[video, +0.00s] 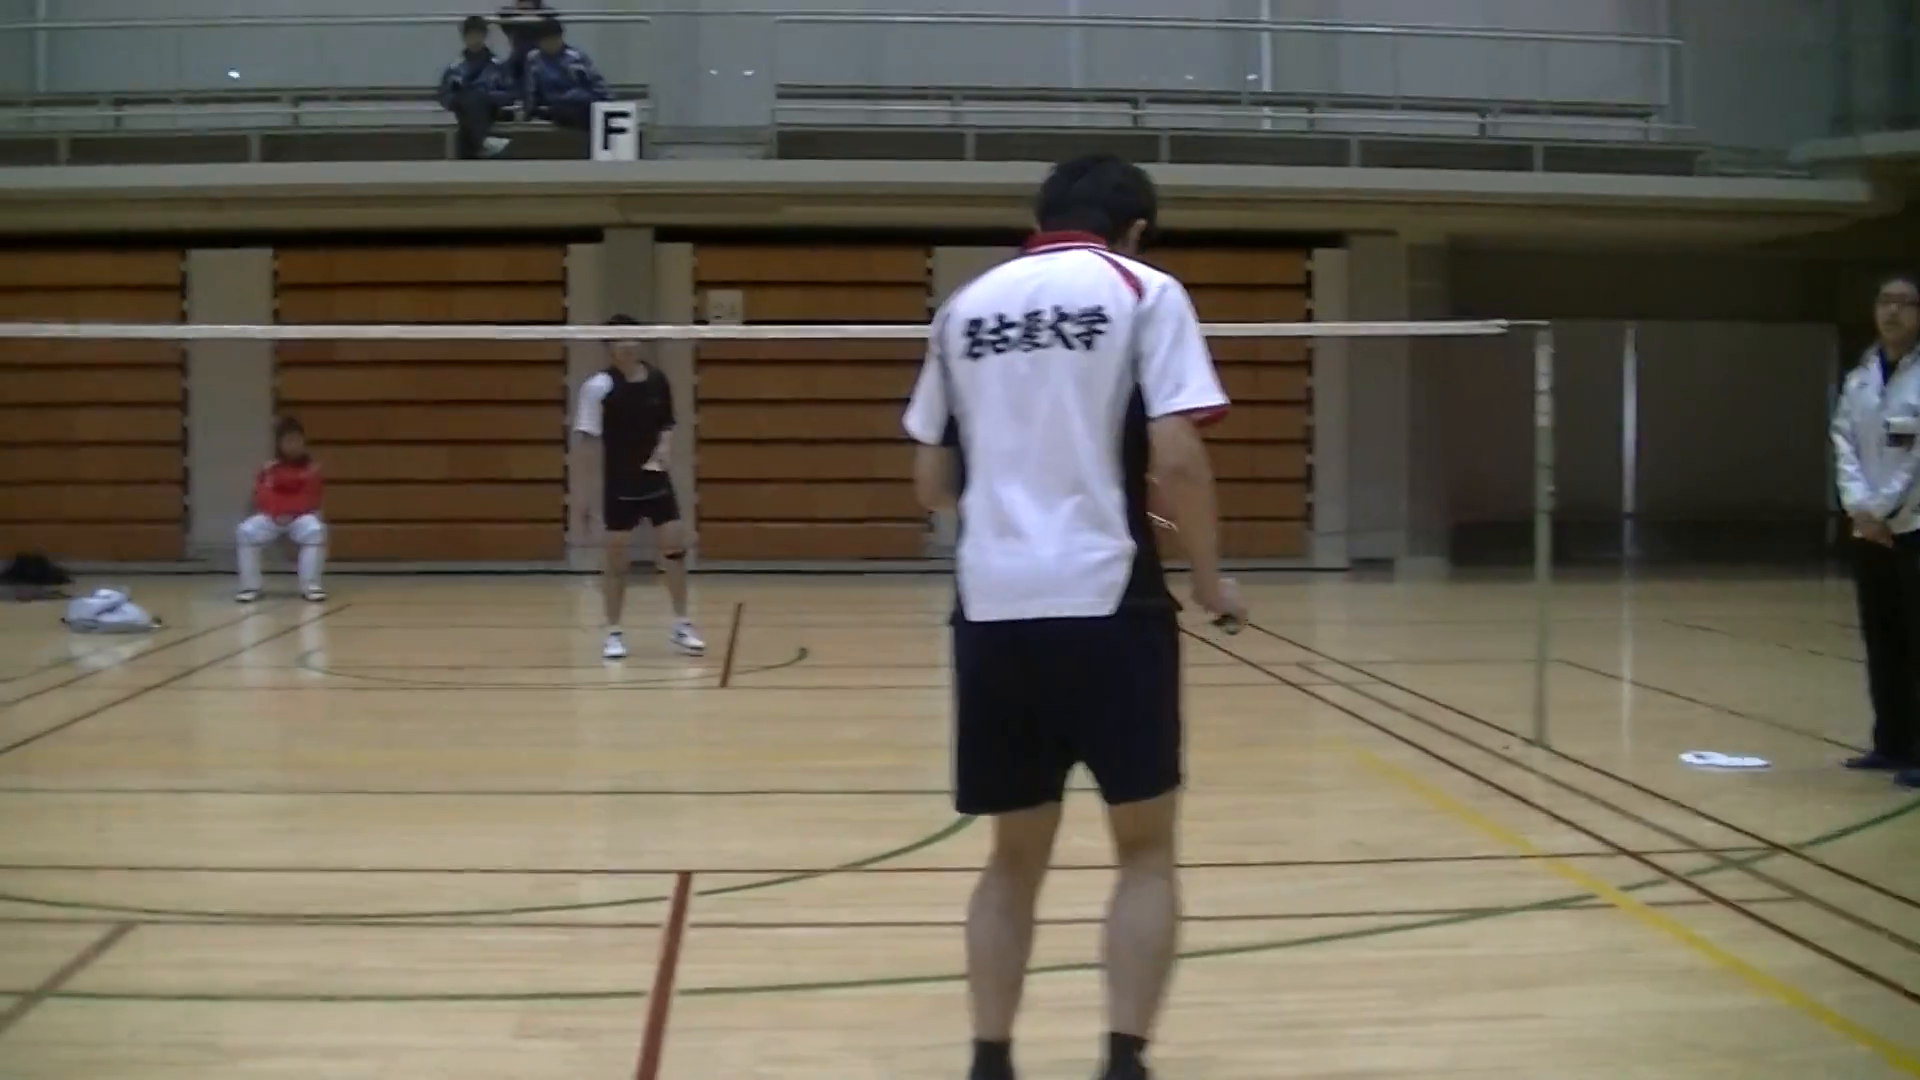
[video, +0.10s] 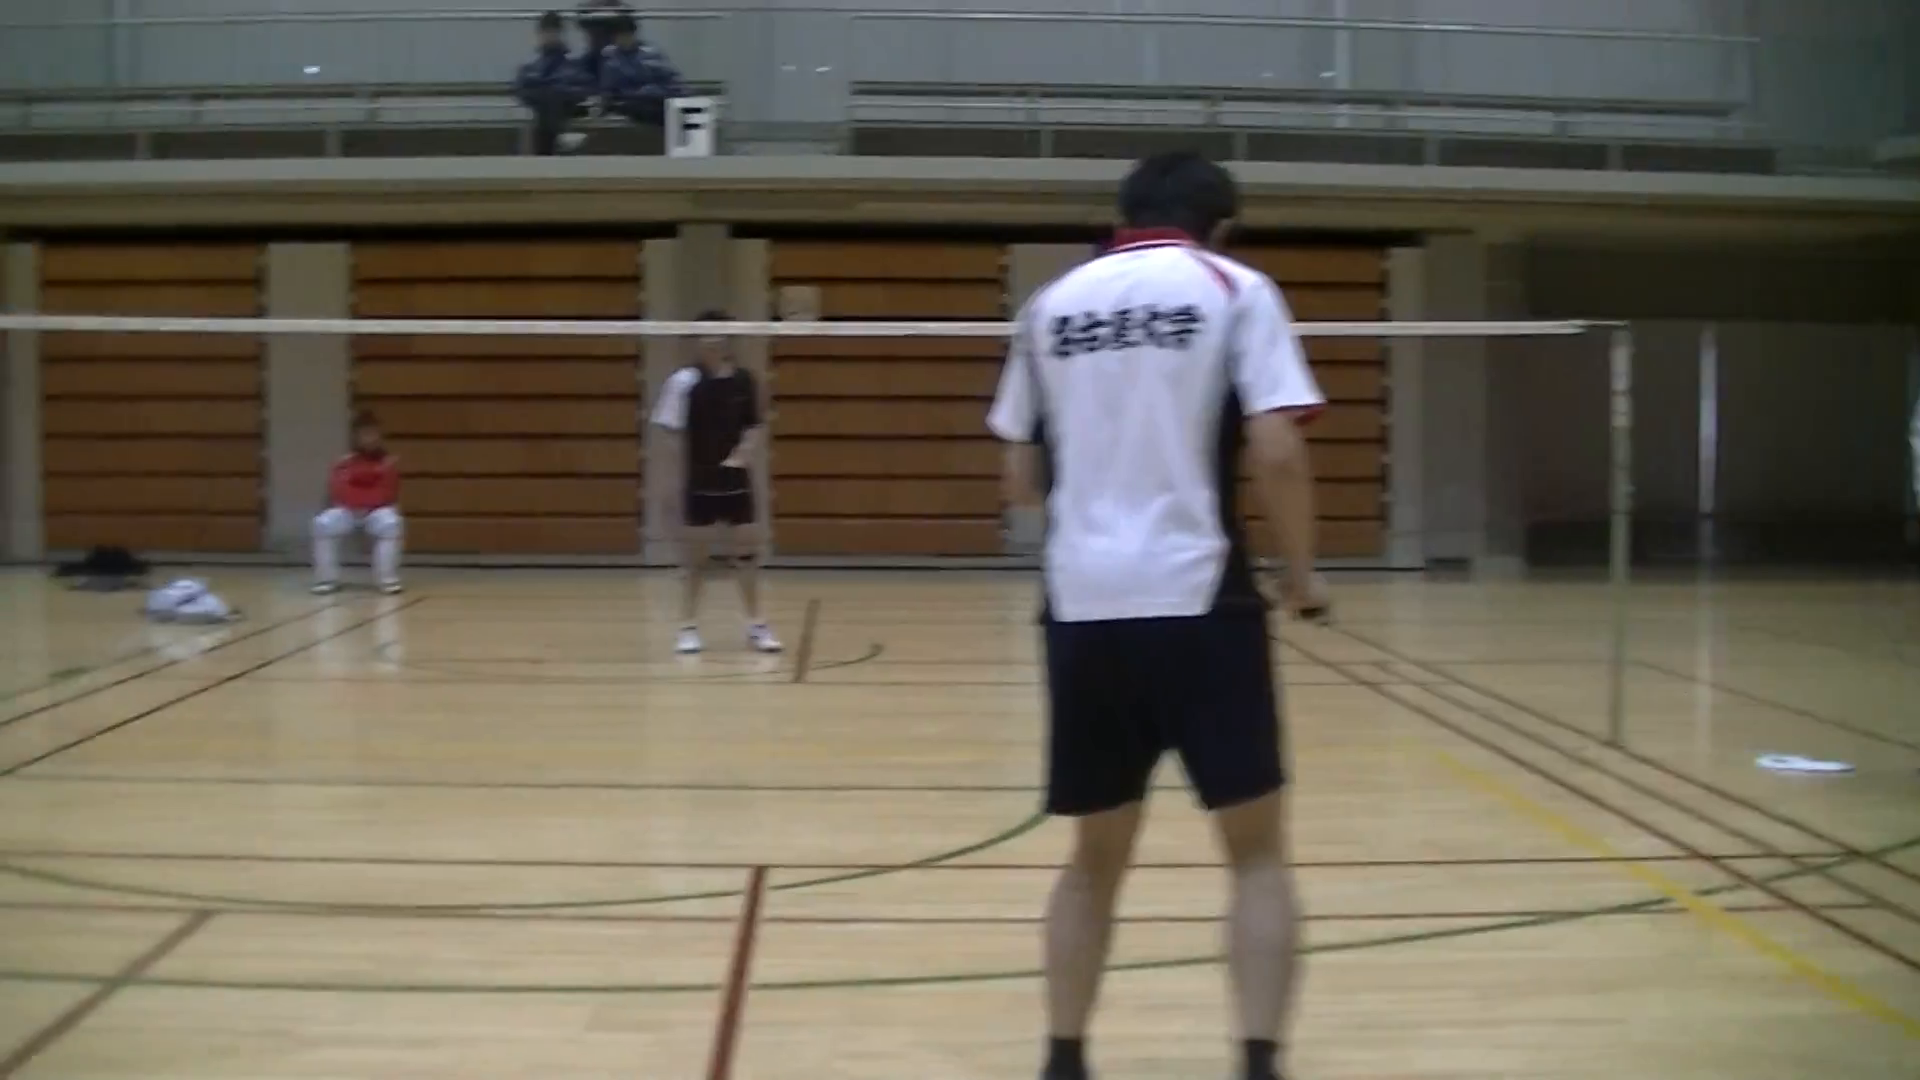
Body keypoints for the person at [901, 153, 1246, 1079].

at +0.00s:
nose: (1146, 247)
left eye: (1146, 237)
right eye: (1146, 236)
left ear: (1039, 225)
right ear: (1131, 231)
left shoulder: (964, 306)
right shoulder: (1148, 295)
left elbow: (934, 483)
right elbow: (1176, 458)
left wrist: (1014, 474)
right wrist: (1209, 580)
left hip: (994, 618)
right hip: (1113, 613)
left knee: (1013, 852)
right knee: (1144, 851)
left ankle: (988, 1063)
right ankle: (1125, 1061)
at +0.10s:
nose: (1227, 243)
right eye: (1225, 231)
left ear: (1121, 226)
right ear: (1214, 228)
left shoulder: (1050, 305)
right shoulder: (1239, 294)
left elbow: (1022, 477)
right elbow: (1276, 447)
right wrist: (1299, 569)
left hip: (1084, 619)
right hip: (1204, 614)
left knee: (1095, 852)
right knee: (1255, 853)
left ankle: (1063, 1059)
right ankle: (1260, 1062)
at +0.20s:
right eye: (1337, 207)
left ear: (1242, 207)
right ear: (1336, 208)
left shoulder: (1171, 292)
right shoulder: (1366, 281)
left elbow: (1143, 463)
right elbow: (1409, 437)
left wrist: (1220, 444)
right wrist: (1426, 561)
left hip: (1210, 611)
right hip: (1330, 606)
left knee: (1206, 844)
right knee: (1399, 851)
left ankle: (1165, 1053)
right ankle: (1430, 1062)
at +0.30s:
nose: (1478, 186)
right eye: (1481, 171)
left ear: (1385, 170)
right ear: (1480, 172)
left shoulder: (1316, 264)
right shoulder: (1522, 257)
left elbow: (1290, 442)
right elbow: (1566, 422)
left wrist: (1374, 434)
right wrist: (1578, 543)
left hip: (1358, 596)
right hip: (1484, 596)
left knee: (1331, 824)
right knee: (1551, 845)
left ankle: (1278, 1041)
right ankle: (1588, 1069)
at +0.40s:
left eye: (1463, 167)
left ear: (1462, 170)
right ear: (1562, 166)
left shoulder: (1405, 266)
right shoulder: (1623, 256)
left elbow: (1378, 459)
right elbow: (1669, 432)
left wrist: (1460, 486)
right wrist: (1664, 563)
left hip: (1451, 605)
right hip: (1585, 609)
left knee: (1393, 831)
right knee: (1622, 866)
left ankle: (1331, 1040)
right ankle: (1636, 1074)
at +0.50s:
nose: (1506, 173)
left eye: (1503, 159)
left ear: (1508, 165)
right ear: (1613, 158)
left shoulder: (1458, 264)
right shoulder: (1686, 250)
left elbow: (1437, 458)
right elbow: (1735, 429)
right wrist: (1726, 550)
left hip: (1505, 604)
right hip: (1645, 606)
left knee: (1440, 842)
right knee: (1659, 872)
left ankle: (1388, 1058)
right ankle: (1663, 1078)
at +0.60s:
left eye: (1517, 174)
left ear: (1527, 177)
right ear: (1633, 171)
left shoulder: (1478, 281)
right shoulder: (1711, 268)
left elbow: (1457, 470)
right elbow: (1774, 449)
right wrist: (1762, 559)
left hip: (1529, 628)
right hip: (1667, 629)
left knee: (1492, 854)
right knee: (1672, 895)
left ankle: (1459, 1065)